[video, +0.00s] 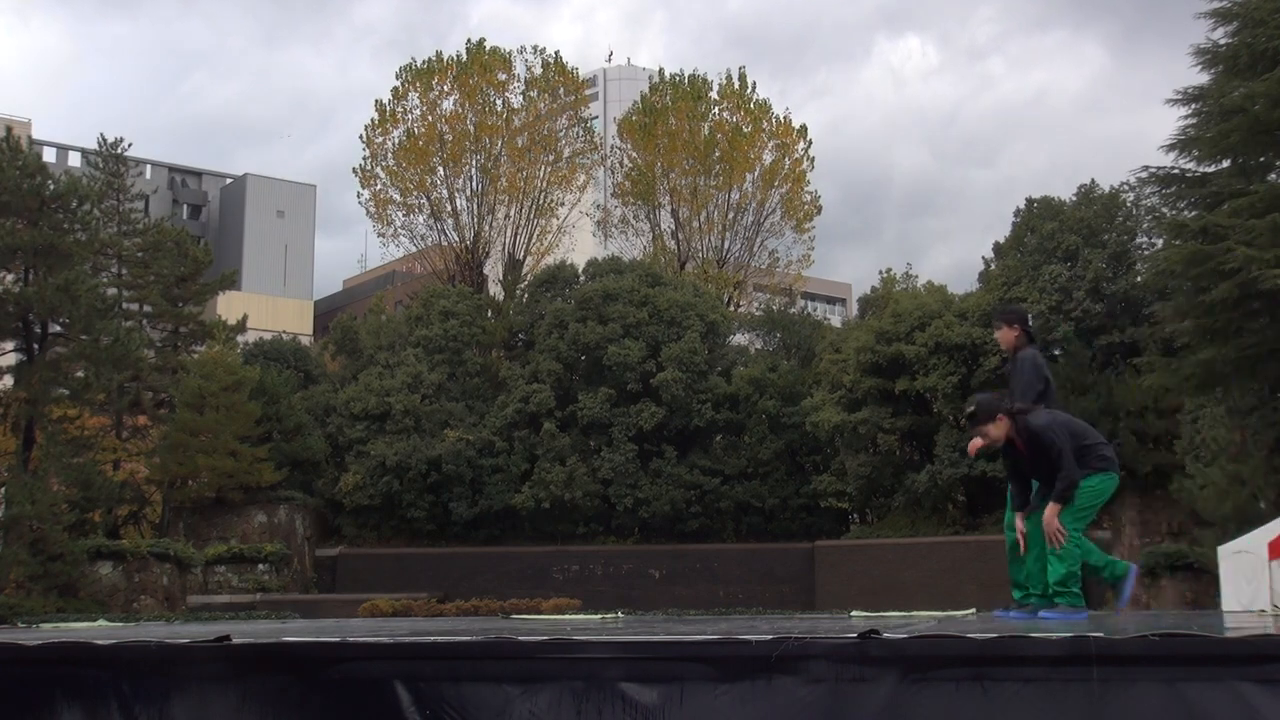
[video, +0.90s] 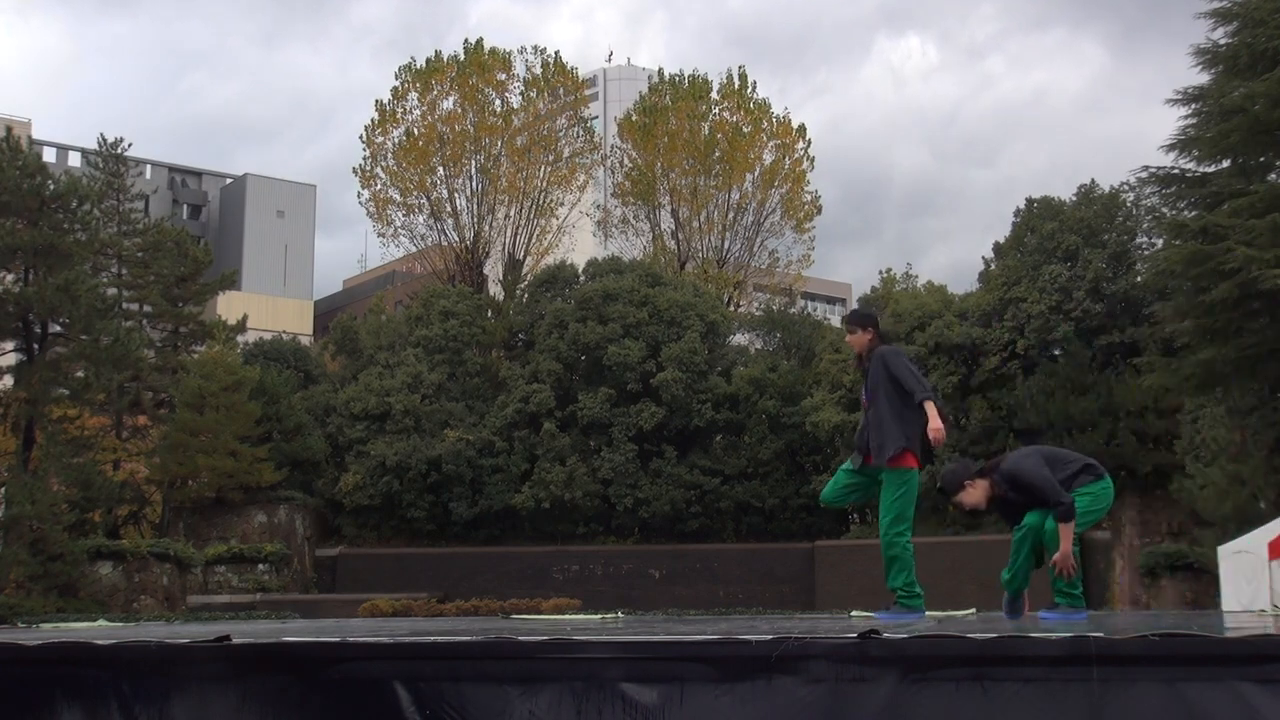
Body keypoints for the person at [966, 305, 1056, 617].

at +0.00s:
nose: (997, 336)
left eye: (1000, 330)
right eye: (996, 330)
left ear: (1017, 331)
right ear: (1016, 332)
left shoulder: (1028, 360)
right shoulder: (1018, 360)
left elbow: (1022, 410)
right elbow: (1016, 407)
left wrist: (988, 436)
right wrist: (988, 437)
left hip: (1034, 457)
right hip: (1021, 452)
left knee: (1017, 522)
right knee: (1015, 522)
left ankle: (1029, 595)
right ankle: (1027, 594)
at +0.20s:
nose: (960, 339)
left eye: (964, 333)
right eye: (960, 333)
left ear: (979, 333)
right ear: (980, 334)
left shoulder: (984, 358)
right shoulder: (991, 358)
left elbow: (999, 401)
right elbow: (1003, 403)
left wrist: (1001, 441)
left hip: (991, 453)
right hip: (1001, 450)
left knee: (966, 518)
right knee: (995, 518)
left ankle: (1012, 585)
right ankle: (1022, 585)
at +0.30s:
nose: (940, 341)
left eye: (944, 335)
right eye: (940, 336)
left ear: (961, 334)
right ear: (961, 335)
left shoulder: (966, 357)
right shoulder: (967, 361)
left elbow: (988, 394)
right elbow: (969, 423)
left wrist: (1007, 426)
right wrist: (932, 450)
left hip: (972, 455)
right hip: (987, 453)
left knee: (946, 519)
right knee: (995, 525)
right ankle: (1026, 594)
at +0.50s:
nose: (900, 345)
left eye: (903, 339)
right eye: (900, 339)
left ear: (921, 338)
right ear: (920, 339)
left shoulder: (927, 364)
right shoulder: (924, 369)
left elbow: (957, 394)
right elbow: (921, 428)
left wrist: (986, 425)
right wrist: (881, 449)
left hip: (929, 462)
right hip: (946, 463)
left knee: (905, 529)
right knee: (958, 532)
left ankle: (908, 604)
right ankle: (1010, 585)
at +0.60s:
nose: (882, 344)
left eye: (886, 337)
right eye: (882, 338)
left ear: (903, 336)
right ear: (900, 338)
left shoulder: (913, 361)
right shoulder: (904, 368)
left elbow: (938, 397)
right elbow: (913, 429)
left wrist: (958, 429)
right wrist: (892, 469)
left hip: (921, 461)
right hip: (915, 462)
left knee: (896, 529)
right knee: (910, 525)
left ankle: (909, 604)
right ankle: (976, 545)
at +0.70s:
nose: (868, 342)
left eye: (872, 335)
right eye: (867, 336)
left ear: (889, 335)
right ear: (884, 337)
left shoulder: (903, 359)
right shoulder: (889, 365)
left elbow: (927, 394)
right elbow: (901, 411)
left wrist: (938, 430)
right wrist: (891, 447)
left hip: (915, 459)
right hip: (893, 460)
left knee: (898, 530)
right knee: (867, 507)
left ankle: (909, 603)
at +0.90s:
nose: (847, 339)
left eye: (851, 333)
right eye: (847, 334)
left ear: (869, 332)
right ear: (864, 333)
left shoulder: (889, 354)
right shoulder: (870, 364)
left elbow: (920, 387)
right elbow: (881, 410)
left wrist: (933, 417)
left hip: (899, 455)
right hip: (869, 455)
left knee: (894, 531)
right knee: (831, 497)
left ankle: (909, 603)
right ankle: (892, 483)